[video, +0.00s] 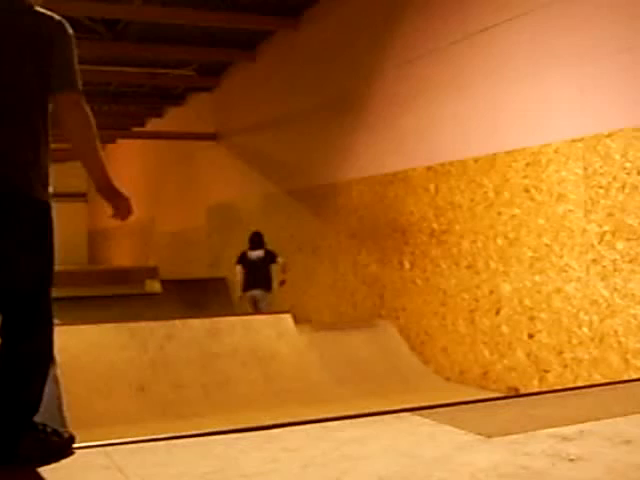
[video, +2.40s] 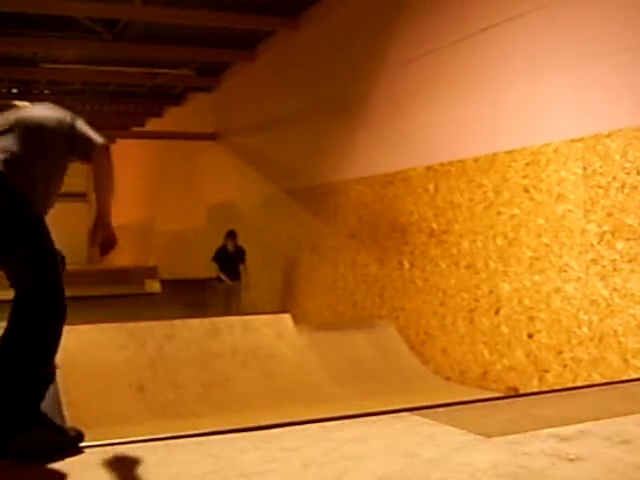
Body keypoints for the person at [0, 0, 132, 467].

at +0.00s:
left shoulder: (46, 31)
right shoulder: (45, 29)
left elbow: (71, 111)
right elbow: (71, 111)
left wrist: (104, 183)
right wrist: (106, 184)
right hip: (19, 202)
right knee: (28, 318)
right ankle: (16, 432)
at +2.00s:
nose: (43, 22)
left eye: (37, 20)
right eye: (46, 19)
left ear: (10, 16)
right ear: (46, 18)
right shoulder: (59, 43)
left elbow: (92, 114)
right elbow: (93, 115)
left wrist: (101, 181)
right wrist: (102, 181)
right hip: (26, 193)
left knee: (25, 304)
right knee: (37, 304)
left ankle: (12, 422)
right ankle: (18, 422)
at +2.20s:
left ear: (12, 47)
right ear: (43, 47)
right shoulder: (58, 63)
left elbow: (97, 126)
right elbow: (99, 125)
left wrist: (98, 189)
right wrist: (99, 188)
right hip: (23, 201)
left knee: (29, 306)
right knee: (35, 306)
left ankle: (15, 422)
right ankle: (17, 422)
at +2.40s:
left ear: (13, 111)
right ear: (42, 106)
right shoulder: (57, 118)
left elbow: (99, 152)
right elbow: (100, 149)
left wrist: (102, 221)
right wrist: (103, 220)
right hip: (12, 209)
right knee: (42, 298)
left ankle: (16, 419)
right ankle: (19, 420)